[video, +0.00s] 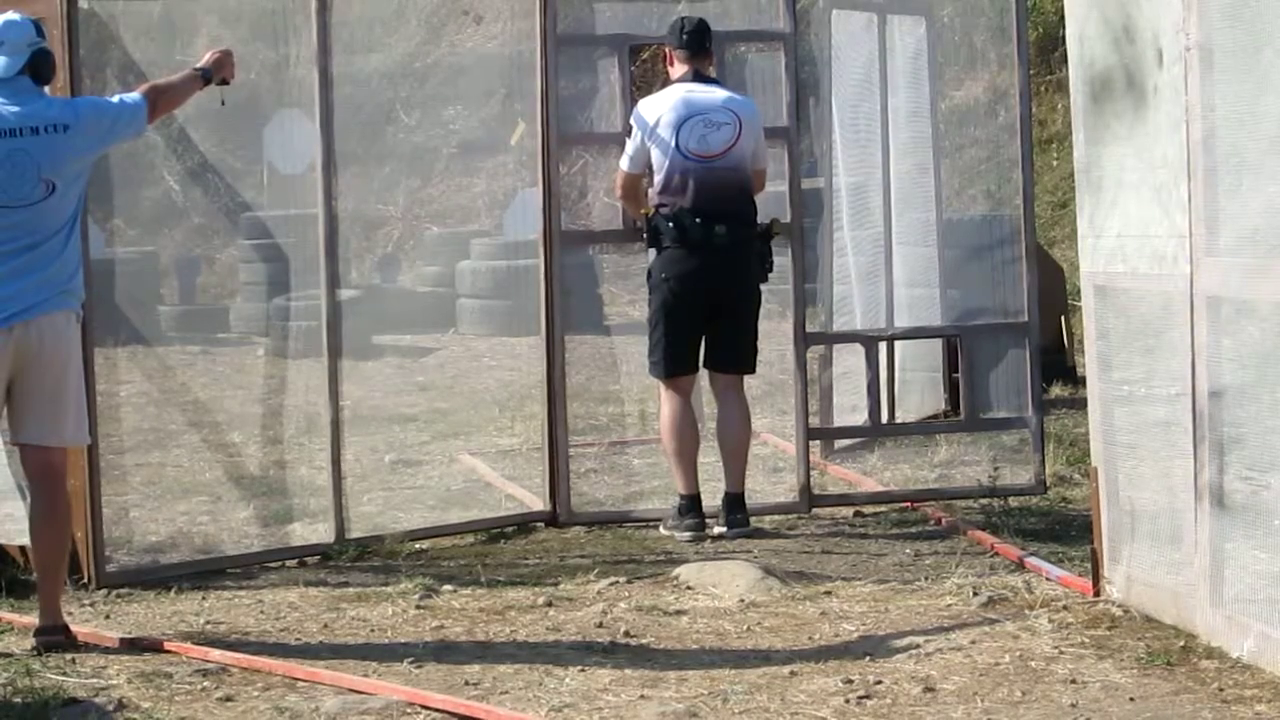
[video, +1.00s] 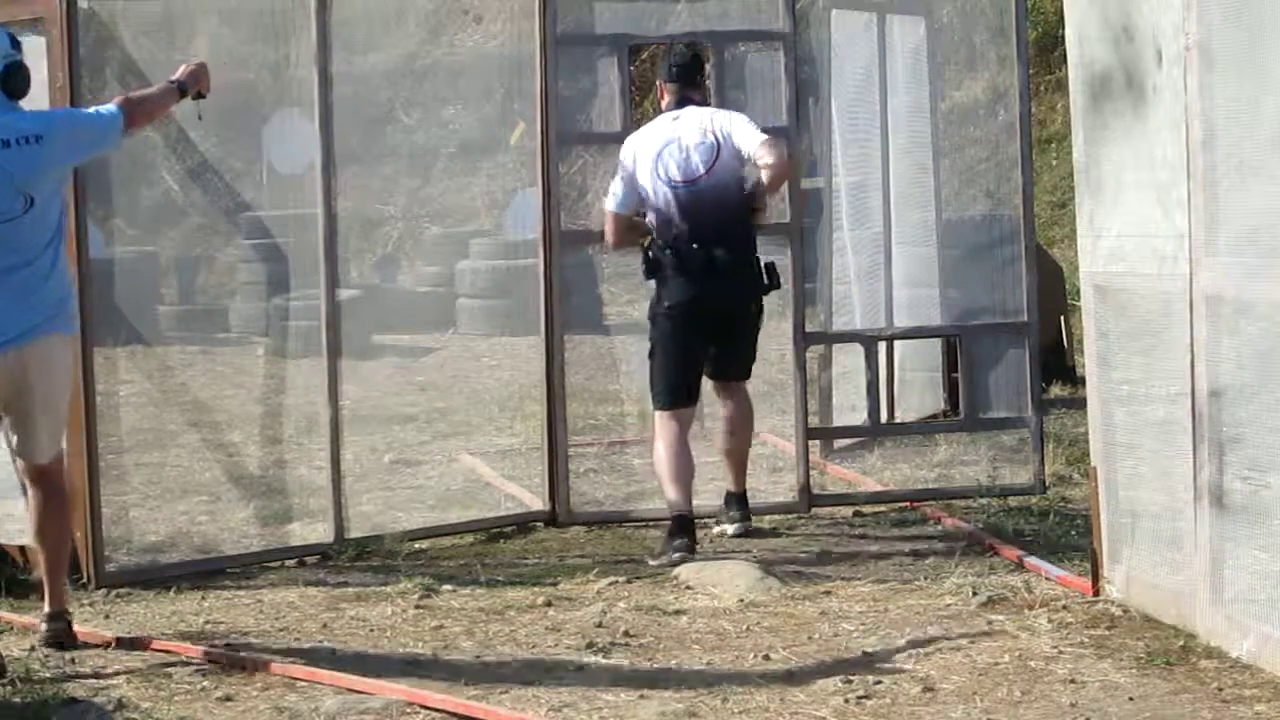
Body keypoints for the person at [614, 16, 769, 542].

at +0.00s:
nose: (668, 65)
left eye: (666, 58)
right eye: (685, 57)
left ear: (669, 58)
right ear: (713, 58)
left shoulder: (652, 109)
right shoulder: (745, 107)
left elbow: (626, 190)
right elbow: (757, 182)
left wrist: (652, 210)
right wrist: (719, 208)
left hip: (677, 255)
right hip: (738, 255)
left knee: (676, 386)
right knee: (730, 383)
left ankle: (689, 509)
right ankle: (735, 506)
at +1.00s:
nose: (659, 96)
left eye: (658, 90)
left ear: (662, 92)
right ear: (707, 89)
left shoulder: (637, 143)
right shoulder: (733, 122)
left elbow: (617, 235)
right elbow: (775, 162)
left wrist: (656, 227)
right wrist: (759, 200)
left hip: (677, 287)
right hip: (738, 282)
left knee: (671, 414)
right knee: (732, 388)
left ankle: (681, 531)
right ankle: (737, 500)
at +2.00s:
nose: (711, 82)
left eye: (708, 76)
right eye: (738, 75)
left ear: (710, 78)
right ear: (755, 77)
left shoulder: (685, 118)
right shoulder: (782, 117)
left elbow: (690, 122)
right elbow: (752, 115)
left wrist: (704, 98)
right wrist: (720, 95)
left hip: (708, 291)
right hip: (778, 289)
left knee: (671, 409)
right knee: (828, 413)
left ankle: (678, 536)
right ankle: (876, 534)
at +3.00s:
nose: (712, 82)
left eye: (711, 76)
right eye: (733, 75)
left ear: (715, 78)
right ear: (760, 78)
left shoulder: (687, 120)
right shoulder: (788, 121)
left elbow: (693, 122)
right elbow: (756, 118)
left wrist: (710, 98)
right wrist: (731, 94)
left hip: (709, 295)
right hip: (779, 293)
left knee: (673, 409)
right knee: (827, 414)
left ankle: (676, 539)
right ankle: (876, 536)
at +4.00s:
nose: (713, 82)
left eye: (712, 75)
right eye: (725, 75)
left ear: (717, 77)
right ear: (762, 76)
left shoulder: (691, 121)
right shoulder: (791, 121)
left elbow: (693, 126)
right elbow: (762, 127)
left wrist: (719, 99)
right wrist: (736, 96)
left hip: (711, 296)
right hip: (781, 295)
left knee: (673, 409)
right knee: (828, 414)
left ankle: (675, 539)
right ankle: (874, 536)